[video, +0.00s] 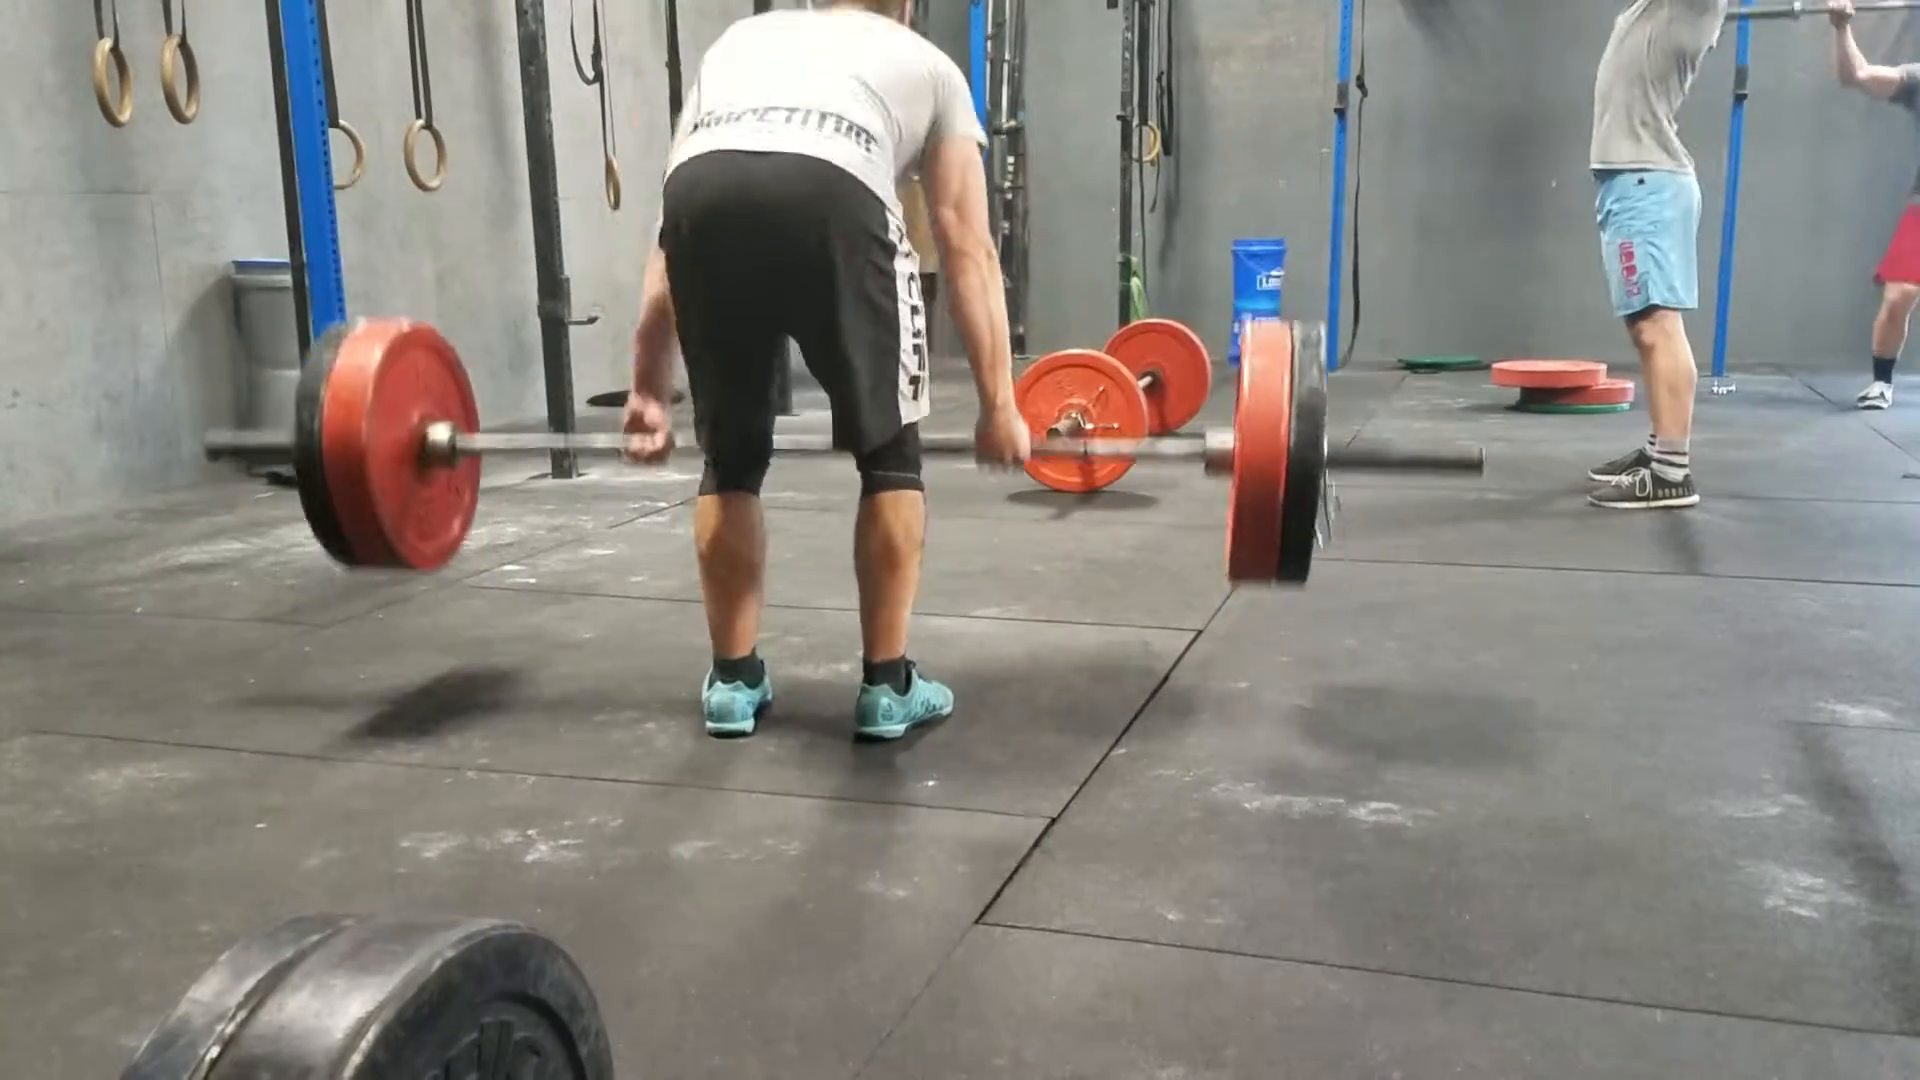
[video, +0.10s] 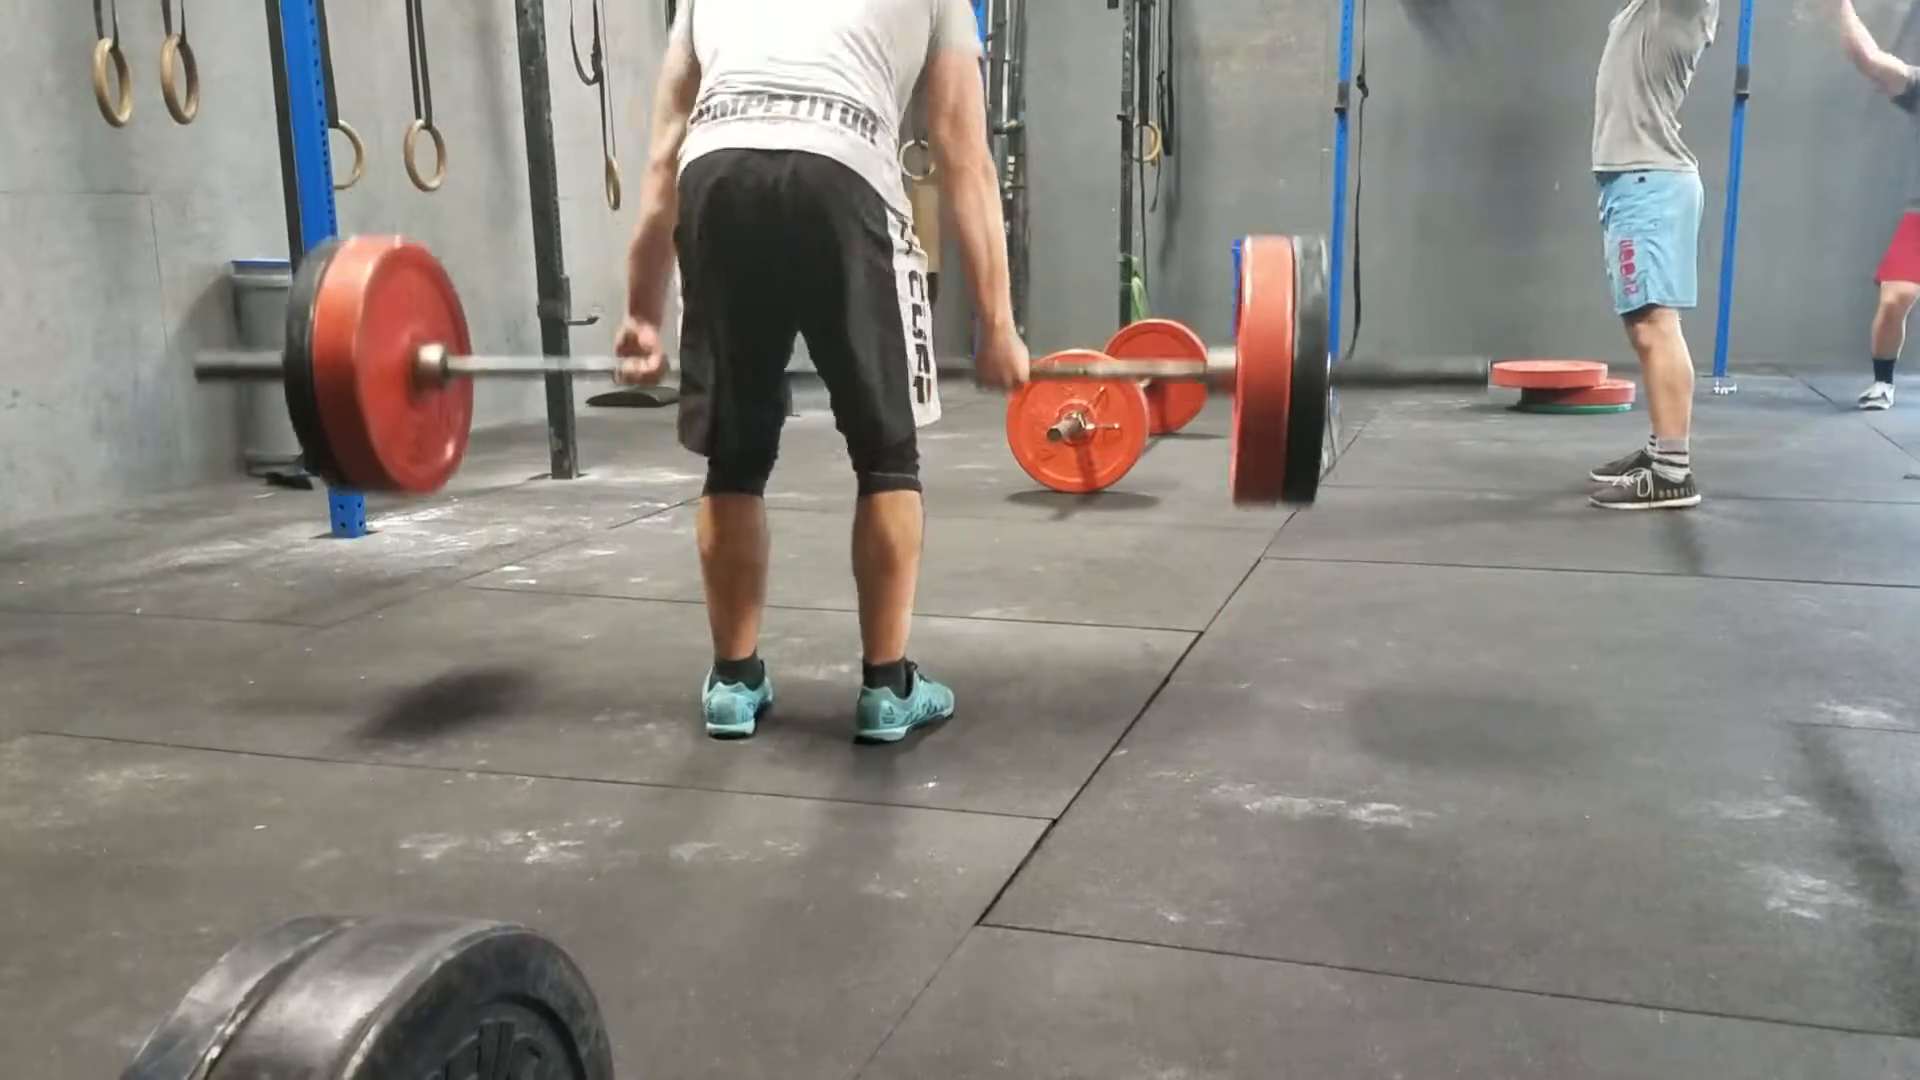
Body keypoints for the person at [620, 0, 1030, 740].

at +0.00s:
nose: (917, 24)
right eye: (917, 19)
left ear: (821, 7)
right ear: (903, 13)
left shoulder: (737, 40)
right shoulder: (931, 65)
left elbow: (676, 223)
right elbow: (963, 239)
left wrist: (649, 387)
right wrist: (999, 400)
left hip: (705, 206)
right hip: (831, 208)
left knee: (730, 461)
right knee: (888, 457)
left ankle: (732, 681)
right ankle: (886, 685)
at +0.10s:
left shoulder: (708, 10)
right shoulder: (938, 6)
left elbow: (664, 165)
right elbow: (964, 158)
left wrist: (641, 312)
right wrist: (997, 323)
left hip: (717, 181)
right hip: (842, 183)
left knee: (734, 454)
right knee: (887, 454)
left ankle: (732, 681)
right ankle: (886, 686)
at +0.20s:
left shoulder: (693, 4)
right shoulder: (929, 4)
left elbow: (660, 93)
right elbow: (958, 93)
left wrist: (635, 246)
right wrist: (996, 254)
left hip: (730, 171)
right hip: (851, 173)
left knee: (738, 450)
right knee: (877, 451)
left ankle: (732, 681)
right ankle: (885, 685)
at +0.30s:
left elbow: (650, 75)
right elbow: (958, 70)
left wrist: (632, 229)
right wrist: (996, 234)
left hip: (728, 191)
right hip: (854, 190)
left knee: (741, 449)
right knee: (877, 452)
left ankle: (731, 680)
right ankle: (885, 685)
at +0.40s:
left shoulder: (688, 6)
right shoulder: (928, 4)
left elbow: (657, 101)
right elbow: (960, 96)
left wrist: (637, 254)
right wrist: (996, 261)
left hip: (723, 196)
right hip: (848, 195)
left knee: (739, 455)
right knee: (880, 456)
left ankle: (732, 680)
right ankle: (885, 685)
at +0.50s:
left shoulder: (697, 6)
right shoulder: (934, 5)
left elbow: (662, 166)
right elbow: (962, 167)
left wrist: (647, 322)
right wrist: (998, 331)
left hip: (708, 209)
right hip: (839, 209)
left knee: (729, 458)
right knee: (889, 456)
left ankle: (731, 682)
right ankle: (885, 686)